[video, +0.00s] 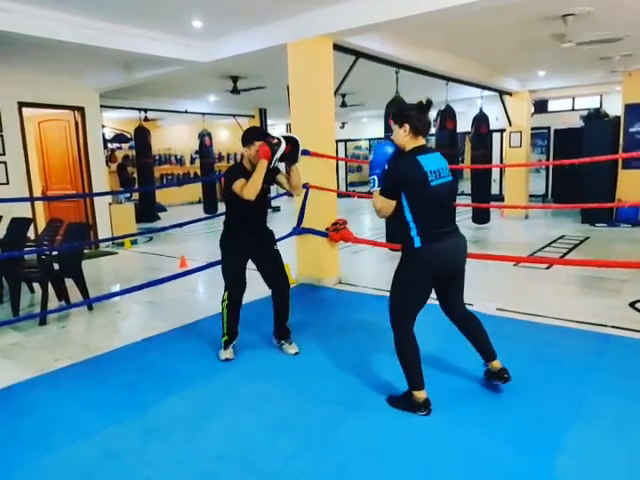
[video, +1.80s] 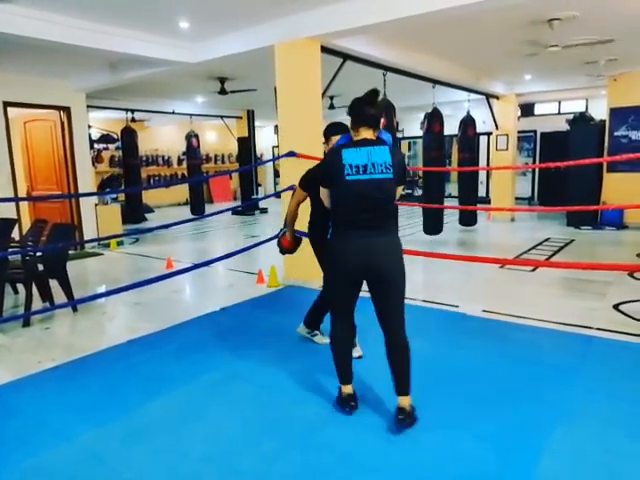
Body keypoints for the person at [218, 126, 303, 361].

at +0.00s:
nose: (263, 154)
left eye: (265, 149)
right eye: (259, 148)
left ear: (266, 151)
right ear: (246, 148)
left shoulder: (266, 170)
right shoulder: (232, 173)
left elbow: (295, 190)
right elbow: (249, 194)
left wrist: (290, 161)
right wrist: (264, 161)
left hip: (261, 237)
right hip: (235, 239)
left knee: (281, 285)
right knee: (234, 289)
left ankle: (282, 336)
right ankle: (228, 341)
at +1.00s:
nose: (273, 149)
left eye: (275, 144)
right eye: (268, 144)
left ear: (273, 145)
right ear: (254, 144)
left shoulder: (269, 171)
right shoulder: (242, 168)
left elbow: (264, 200)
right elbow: (234, 194)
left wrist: (287, 198)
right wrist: (271, 198)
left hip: (265, 238)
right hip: (241, 241)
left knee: (291, 283)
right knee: (231, 294)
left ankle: (289, 335)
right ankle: (219, 343)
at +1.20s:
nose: (291, 156)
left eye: (293, 152)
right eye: (288, 151)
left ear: (291, 152)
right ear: (273, 149)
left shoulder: (283, 178)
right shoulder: (256, 173)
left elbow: (276, 208)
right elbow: (232, 196)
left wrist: (296, 205)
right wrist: (228, 225)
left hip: (272, 241)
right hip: (248, 243)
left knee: (298, 284)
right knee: (234, 295)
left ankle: (307, 332)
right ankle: (217, 345)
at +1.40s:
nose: (324, 160)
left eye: (326, 156)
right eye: (320, 155)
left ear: (325, 155)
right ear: (306, 153)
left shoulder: (316, 180)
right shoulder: (288, 176)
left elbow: (318, 214)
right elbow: (255, 196)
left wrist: (329, 204)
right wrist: (224, 219)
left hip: (295, 237)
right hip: (275, 238)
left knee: (316, 284)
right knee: (264, 292)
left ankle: (309, 333)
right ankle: (227, 340)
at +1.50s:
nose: (331, 153)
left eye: (334, 148)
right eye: (327, 148)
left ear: (334, 147)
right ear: (314, 146)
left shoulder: (327, 173)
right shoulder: (295, 170)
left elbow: (331, 207)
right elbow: (264, 193)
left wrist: (338, 198)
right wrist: (241, 219)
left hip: (304, 229)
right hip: (284, 230)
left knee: (315, 283)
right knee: (286, 285)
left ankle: (308, 333)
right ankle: (259, 334)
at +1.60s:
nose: (336, 148)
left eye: (339, 144)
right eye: (331, 143)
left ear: (340, 143)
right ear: (319, 142)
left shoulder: (337, 169)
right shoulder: (301, 167)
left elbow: (337, 198)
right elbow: (273, 195)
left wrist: (344, 195)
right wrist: (261, 219)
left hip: (315, 224)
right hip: (294, 225)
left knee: (316, 281)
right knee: (303, 281)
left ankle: (311, 330)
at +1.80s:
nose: (339, 147)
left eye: (343, 142)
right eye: (335, 142)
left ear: (350, 144)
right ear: (326, 144)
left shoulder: (355, 172)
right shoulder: (316, 174)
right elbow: (294, 203)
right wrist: (290, 230)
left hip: (346, 231)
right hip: (321, 232)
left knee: (335, 283)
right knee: (338, 283)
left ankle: (310, 325)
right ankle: (348, 338)